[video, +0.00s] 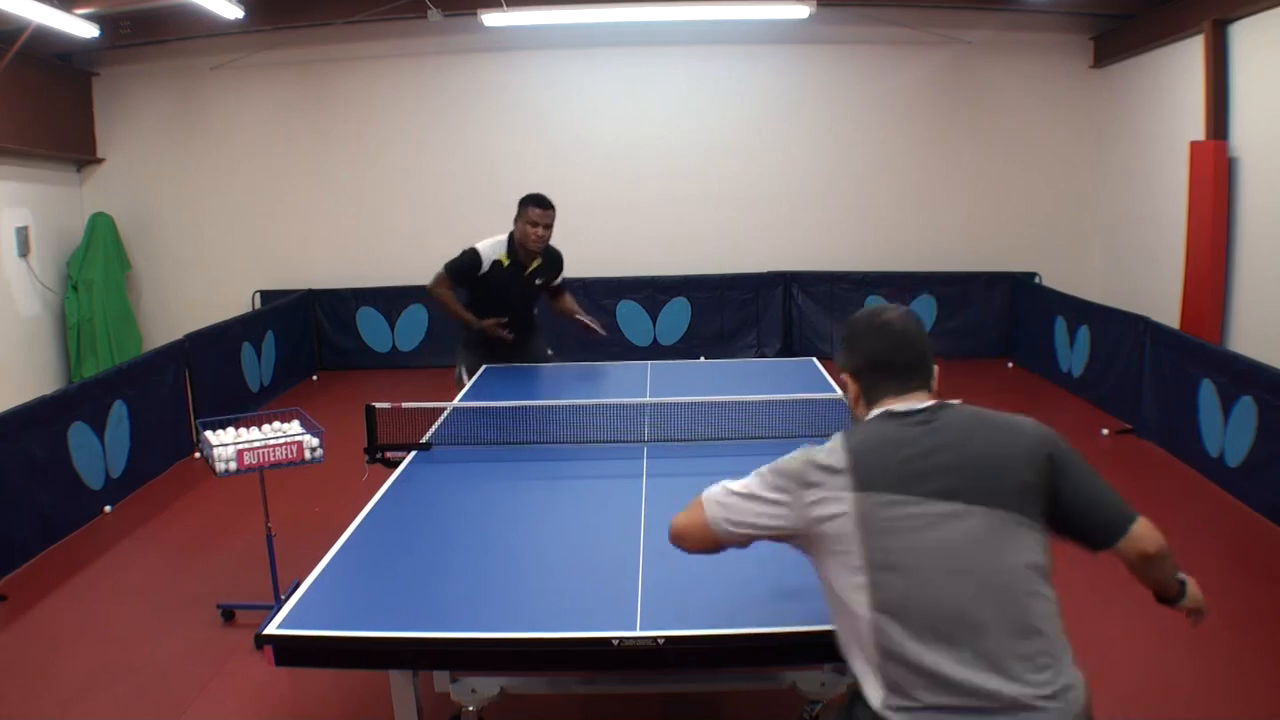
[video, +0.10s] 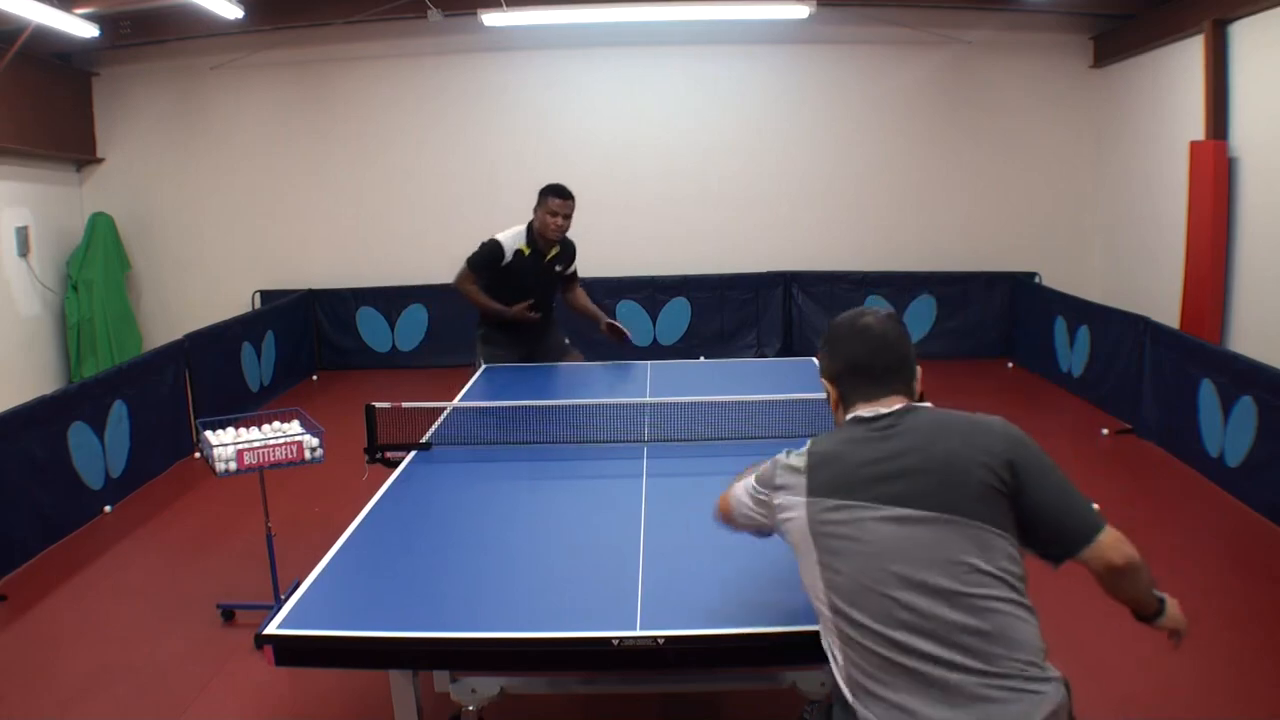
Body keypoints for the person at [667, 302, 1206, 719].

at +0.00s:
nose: (840, 391)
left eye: (838, 382)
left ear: (845, 385)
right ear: (935, 374)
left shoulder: (821, 471)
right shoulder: (1027, 442)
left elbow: (686, 532)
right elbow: (1144, 545)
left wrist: (764, 511)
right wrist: (1174, 590)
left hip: (910, 706)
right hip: (1045, 703)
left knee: (830, 687)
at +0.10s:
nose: (823, 391)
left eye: (823, 383)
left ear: (830, 394)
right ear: (919, 380)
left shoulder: (797, 472)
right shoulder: (992, 440)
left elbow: (728, 509)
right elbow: (1116, 558)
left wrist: (791, 486)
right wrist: (1152, 607)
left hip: (883, 712)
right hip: (1024, 706)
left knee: (821, 693)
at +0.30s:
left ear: (855, 361)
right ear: (948, 348)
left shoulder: (822, 447)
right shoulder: (1026, 419)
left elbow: (781, 483)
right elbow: (1142, 554)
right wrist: (1144, 613)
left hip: (903, 709)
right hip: (1045, 703)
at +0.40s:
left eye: (895, 353)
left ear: (902, 363)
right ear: (998, 353)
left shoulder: (873, 454)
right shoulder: (1077, 439)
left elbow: (782, 518)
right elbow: (1189, 579)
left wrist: (856, 493)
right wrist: (1164, 618)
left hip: (933, 706)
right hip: (1070, 704)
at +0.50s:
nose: (963, 370)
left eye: (964, 357)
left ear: (976, 366)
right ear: (1065, 353)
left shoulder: (942, 473)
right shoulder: (1162, 453)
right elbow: (1241, 577)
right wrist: (1176, 589)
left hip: (991, 708)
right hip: (1132, 709)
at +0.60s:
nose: (1026, 361)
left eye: (1024, 347)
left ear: (1039, 350)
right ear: (1132, 335)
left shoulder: (1032, 458)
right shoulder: (1229, 435)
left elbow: (888, 599)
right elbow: (1258, 552)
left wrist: (885, 545)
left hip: (1074, 706)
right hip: (1212, 705)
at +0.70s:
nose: (1057, 324)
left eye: (1055, 307)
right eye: (1055, 307)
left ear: (1072, 314)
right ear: (1160, 295)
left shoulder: (1078, 421)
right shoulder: (1264, 393)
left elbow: (932, 588)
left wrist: (906, 551)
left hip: (1137, 705)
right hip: (1264, 699)